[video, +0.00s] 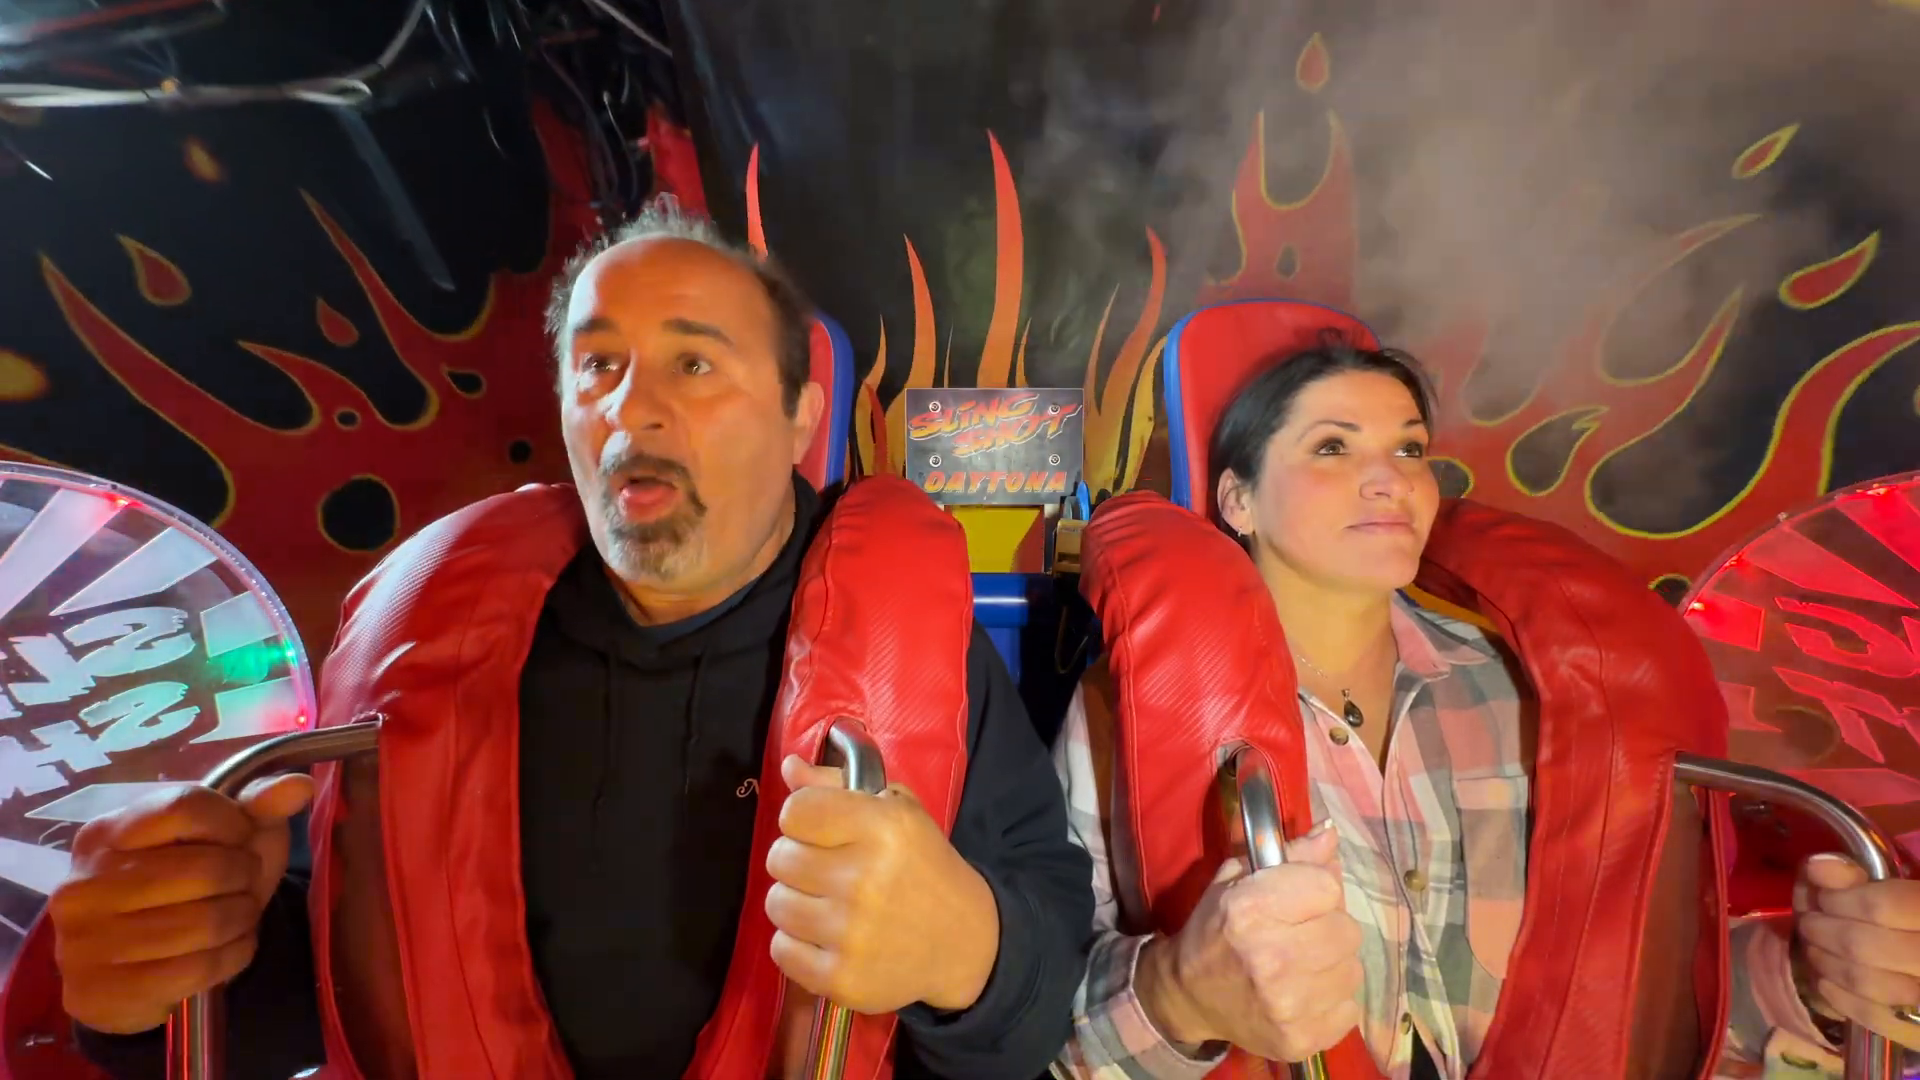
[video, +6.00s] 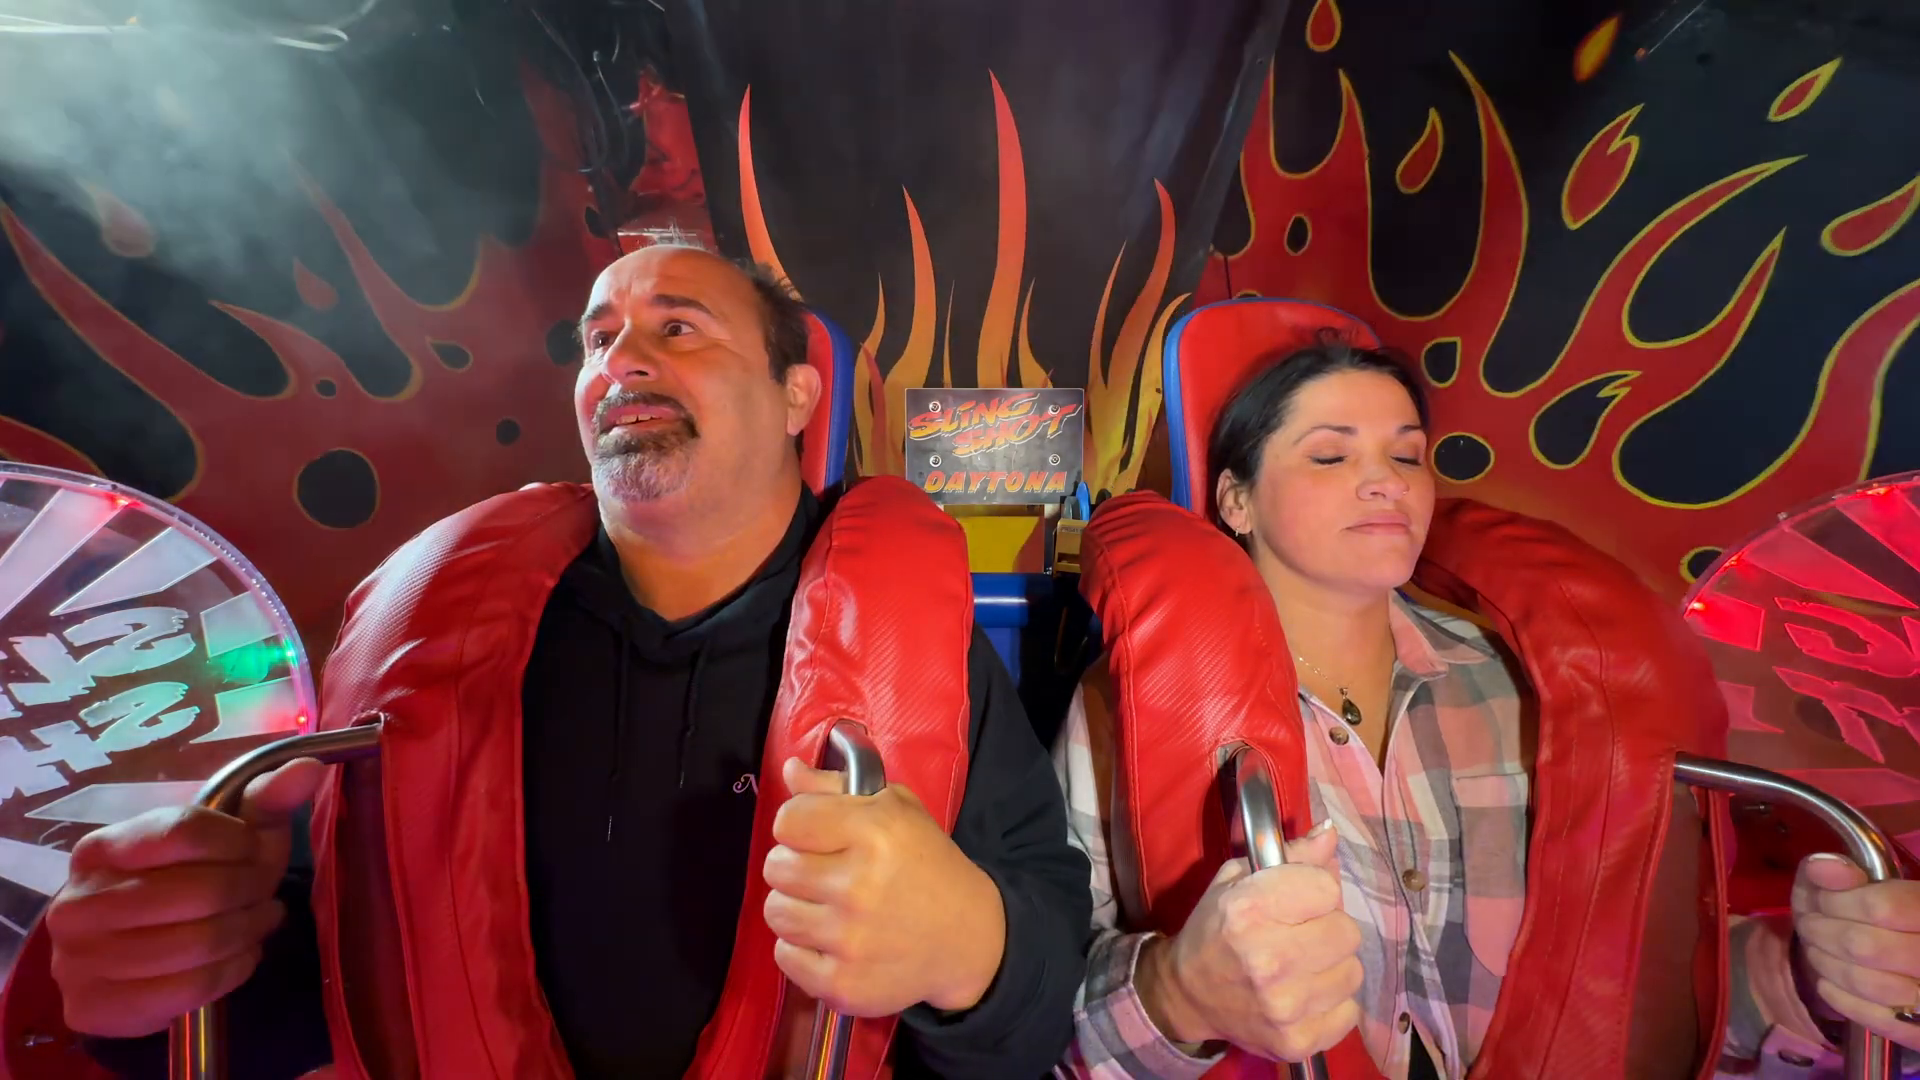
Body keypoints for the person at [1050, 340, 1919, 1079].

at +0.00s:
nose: (1390, 483)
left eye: (1409, 454)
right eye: (1332, 450)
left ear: (1435, 492)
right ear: (1239, 499)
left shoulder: (1513, 692)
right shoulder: (1142, 713)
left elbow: (1600, 968)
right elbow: (1054, 1036)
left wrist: (1785, 971)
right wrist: (1173, 998)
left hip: (1489, 1065)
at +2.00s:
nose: (1380, 482)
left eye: (1402, 451)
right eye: (1322, 450)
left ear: (1433, 490)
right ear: (1233, 502)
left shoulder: (1523, 695)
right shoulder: (1138, 715)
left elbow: (1614, 972)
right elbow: (1058, 1031)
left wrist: (1800, 972)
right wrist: (1175, 1004)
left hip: (1499, 1070)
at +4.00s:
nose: (1385, 483)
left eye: (1406, 456)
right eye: (1330, 456)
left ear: (1434, 492)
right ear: (1237, 502)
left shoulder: (1520, 690)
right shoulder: (1142, 713)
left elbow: (1614, 969)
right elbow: (1053, 1034)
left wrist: (1803, 974)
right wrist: (1172, 999)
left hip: (1497, 1064)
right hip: (1260, 1071)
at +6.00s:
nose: (1383, 485)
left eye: (1406, 457)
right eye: (1331, 458)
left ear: (1435, 492)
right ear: (1239, 501)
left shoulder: (1516, 689)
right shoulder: (1144, 710)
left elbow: (1609, 969)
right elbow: (1057, 1031)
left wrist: (1802, 973)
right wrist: (1172, 996)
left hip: (1494, 1066)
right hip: (1260, 1073)